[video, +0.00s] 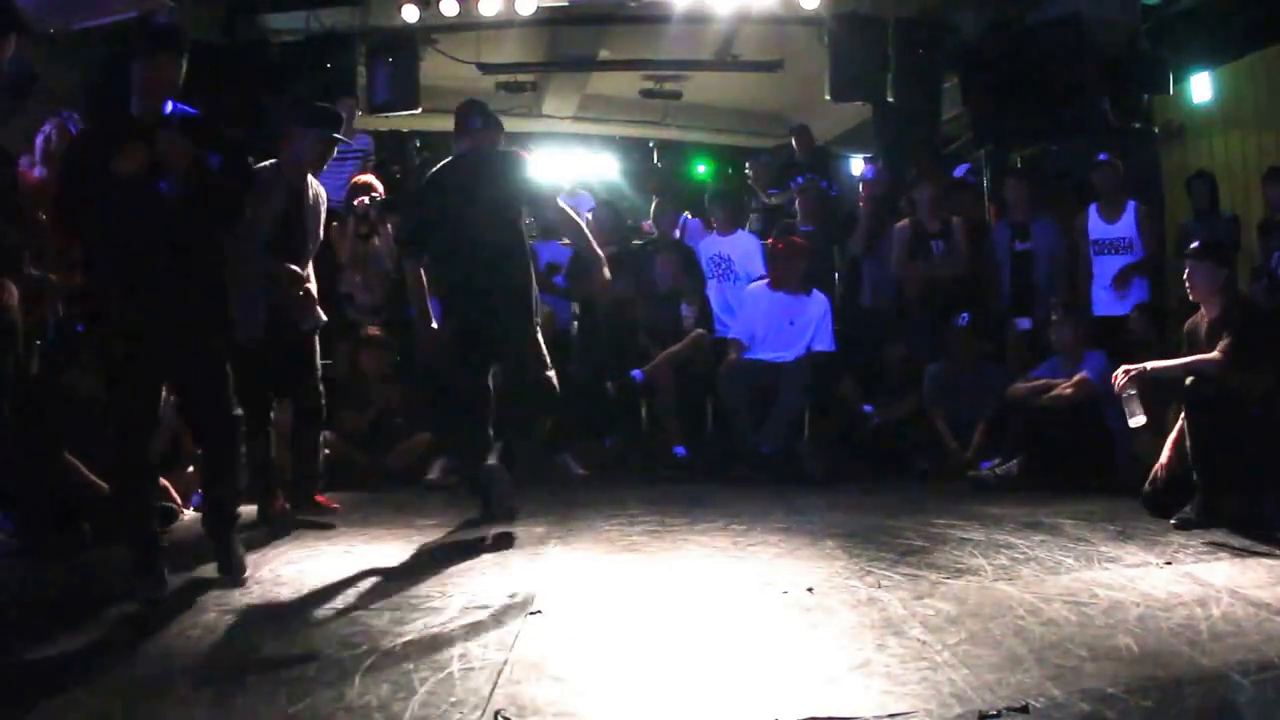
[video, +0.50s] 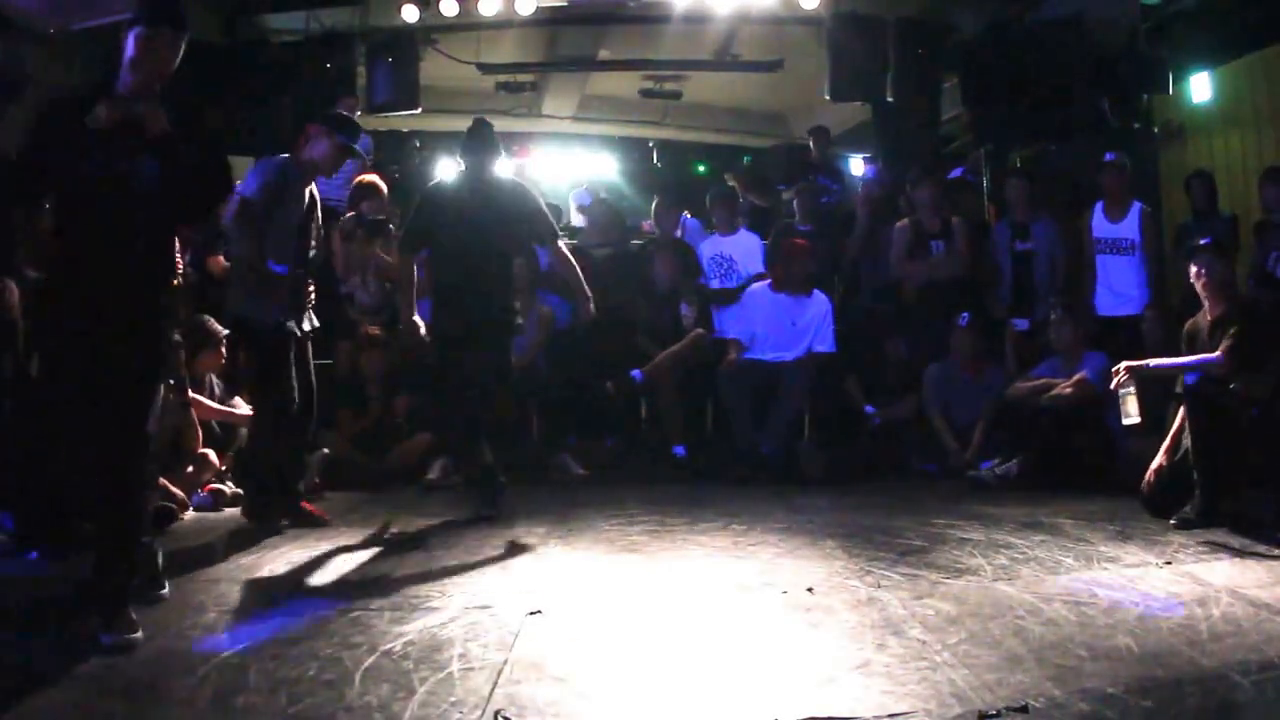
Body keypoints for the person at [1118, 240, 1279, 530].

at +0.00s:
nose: (1186, 276)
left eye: (1195, 269)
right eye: (1186, 269)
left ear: (1220, 274)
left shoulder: (1245, 315)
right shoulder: (1193, 328)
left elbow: (1220, 360)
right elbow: (1193, 403)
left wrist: (1145, 368)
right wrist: (1169, 450)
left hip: (1255, 431)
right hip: (1213, 432)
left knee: (1196, 388)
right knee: (1156, 497)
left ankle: (1206, 503)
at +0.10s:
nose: (1190, 274)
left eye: (1199, 266)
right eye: (1189, 266)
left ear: (1223, 273)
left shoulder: (1247, 314)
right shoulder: (1193, 327)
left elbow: (1222, 360)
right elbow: (1193, 402)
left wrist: (1145, 369)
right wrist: (1171, 453)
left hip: (1256, 427)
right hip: (1213, 428)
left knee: (1197, 389)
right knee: (1156, 498)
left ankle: (1206, 504)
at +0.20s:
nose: (1192, 275)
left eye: (1201, 267)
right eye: (1189, 268)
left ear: (1223, 271)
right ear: (1186, 273)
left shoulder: (1247, 313)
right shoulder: (1194, 328)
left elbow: (1223, 360)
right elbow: (1193, 403)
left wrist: (1145, 368)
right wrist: (1166, 452)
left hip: (1255, 427)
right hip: (1212, 428)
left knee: (1197, 388)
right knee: (1155, 499)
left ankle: (1206, 503)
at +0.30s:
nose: (1195, 278)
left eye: (1204, 269)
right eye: (1191, 271)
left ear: (1225, 271)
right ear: (1187, 275)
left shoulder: (1248, 315)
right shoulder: (1195, 328)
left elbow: (1223, 362)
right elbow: (1190, 403)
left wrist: (1145, 367)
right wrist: (1165, 453)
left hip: (1255, 429)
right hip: (1213, 430)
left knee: (1200, 388)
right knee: (1157, 497)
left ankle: (1206, 502)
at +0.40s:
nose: (1197, 276)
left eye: (1205, 268)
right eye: (1192, 269)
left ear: (1225, 271)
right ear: (1188, 275)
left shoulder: (1248, 315)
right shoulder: (1194, 329)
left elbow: (1222, 362)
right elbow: (1188, 403)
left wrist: (1144, 366)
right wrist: (1166, 453)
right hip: (1210, 429)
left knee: (1197, 388)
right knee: (1156, 497)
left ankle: (1207, 501)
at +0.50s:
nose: (1204, 272)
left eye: (1211, 264)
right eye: (1197, 266)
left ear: (1226, 270)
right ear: (1189, 275)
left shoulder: (1245, 315)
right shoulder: (1193, 328)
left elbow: (1223, 361)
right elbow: (1188, 400)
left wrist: (1143, 366)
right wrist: (1165, 451)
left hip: (1249, 424)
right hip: (1206, 425)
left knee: (1197, 392)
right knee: (1156, 497)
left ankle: (1206, 502)